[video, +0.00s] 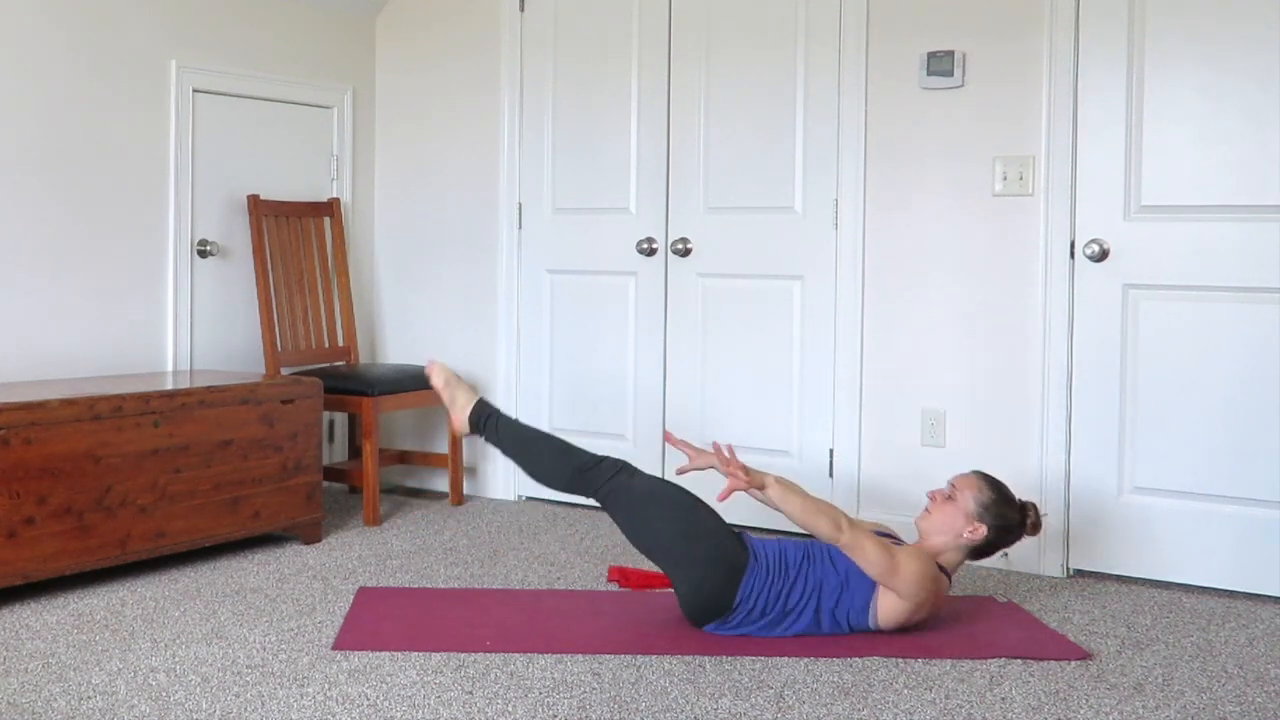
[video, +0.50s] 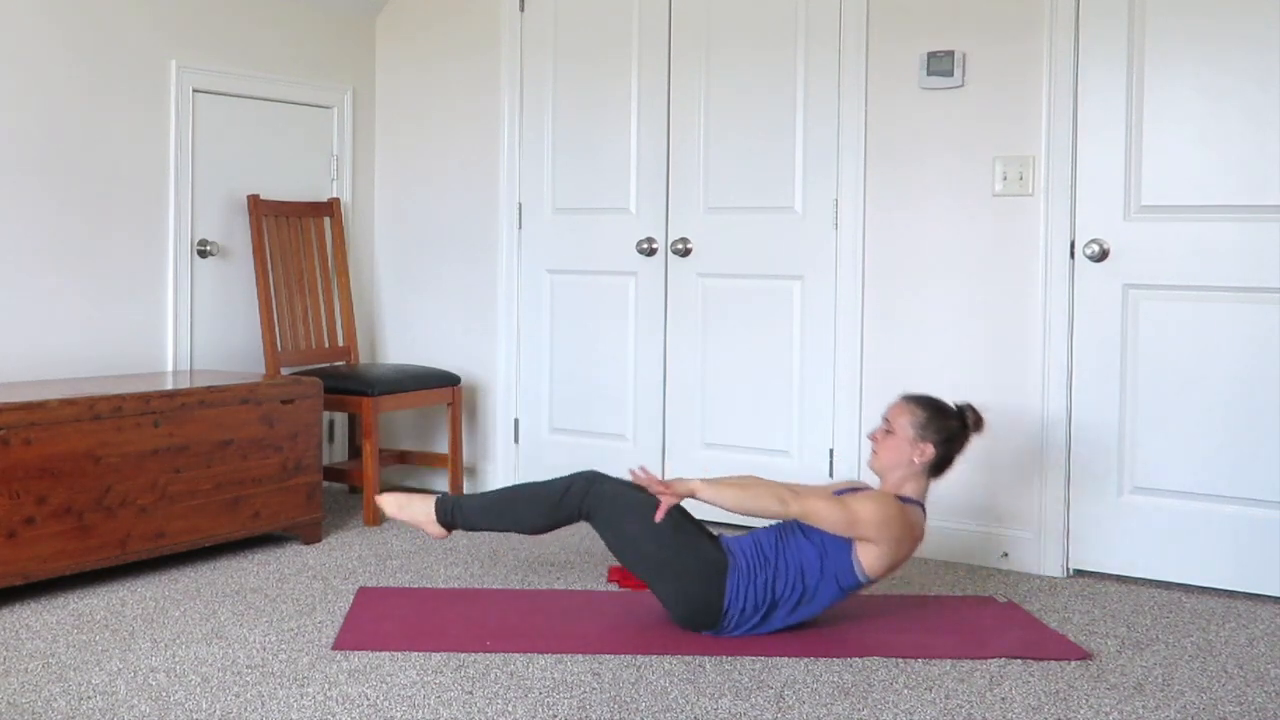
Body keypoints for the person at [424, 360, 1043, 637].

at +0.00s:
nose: (932, 500)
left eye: (949, 502)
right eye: (942, 492)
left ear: (971, 537)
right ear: (950, 520)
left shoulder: (917, 578)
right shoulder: (909, 559)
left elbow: (839, 531)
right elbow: (827, 518)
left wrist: (754, 480)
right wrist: (740, 471)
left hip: (729, 587)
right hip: (732, 569)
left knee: (611, 477)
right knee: (615, 476)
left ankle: (473, 414)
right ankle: (478, 417)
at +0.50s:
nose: (873, 438)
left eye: (890, 433)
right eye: (881, 427)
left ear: (922, 459)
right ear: (909, 451)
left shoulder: (889, 516)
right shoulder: (876, 499)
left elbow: (786, 501)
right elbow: (781, 497)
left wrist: (690, 490)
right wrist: (686, 488)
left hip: (719, 592)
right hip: (723, 569)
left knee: (591, 488)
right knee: (596, 485)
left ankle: (444, 513)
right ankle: (449, 511)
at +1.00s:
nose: (786, 365)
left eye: (799, 358)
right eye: (792, 354)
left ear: (834, 377)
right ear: (829, 378)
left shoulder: (822, 453)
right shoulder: (793, 437)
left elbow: (724, 491)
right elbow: (708, 466)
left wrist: (631, 516)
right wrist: (621, 508)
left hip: (709, 598)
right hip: (704, 580)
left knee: (656, 433)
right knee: (651, 431)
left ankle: (540, 524)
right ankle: (543, 515)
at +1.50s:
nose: (916, 486)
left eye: (933, 484)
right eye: (925, 476)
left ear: (962, 516)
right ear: (942, 504)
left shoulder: (913, 569)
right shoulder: (897, 545)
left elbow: (820, 541)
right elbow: (809, 539)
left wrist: (734, 512)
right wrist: (725, 514)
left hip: (724, 584)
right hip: (724, 562)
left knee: (578, 517)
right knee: (579, 509)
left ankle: (432, 500)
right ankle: (439, 490)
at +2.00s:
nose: (906, 478)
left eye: (923, 475)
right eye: (915, 467)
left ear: (955, 503)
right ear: (935, 493)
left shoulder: (913, 557)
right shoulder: (897, 536)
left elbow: (814, 528)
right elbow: (808, 538)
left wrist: (731, 505)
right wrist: (732, 509)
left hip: (729, 585)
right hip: (727, 565)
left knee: (584, 522)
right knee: (584, 512)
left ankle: (434, 513)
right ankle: (436, 506)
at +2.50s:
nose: (774, 358)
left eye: (788, 351)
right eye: (781, 348)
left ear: (821, 372)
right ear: (816, 371)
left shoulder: (808, 443)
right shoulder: (778, 430)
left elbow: (712, 482)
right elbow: (698, 466)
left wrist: (617, 510)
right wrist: (604, 503)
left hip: (711, 599)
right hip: (704, 582)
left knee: (684, 431)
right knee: (681, 426)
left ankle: (558, 499)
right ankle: (559, 487)